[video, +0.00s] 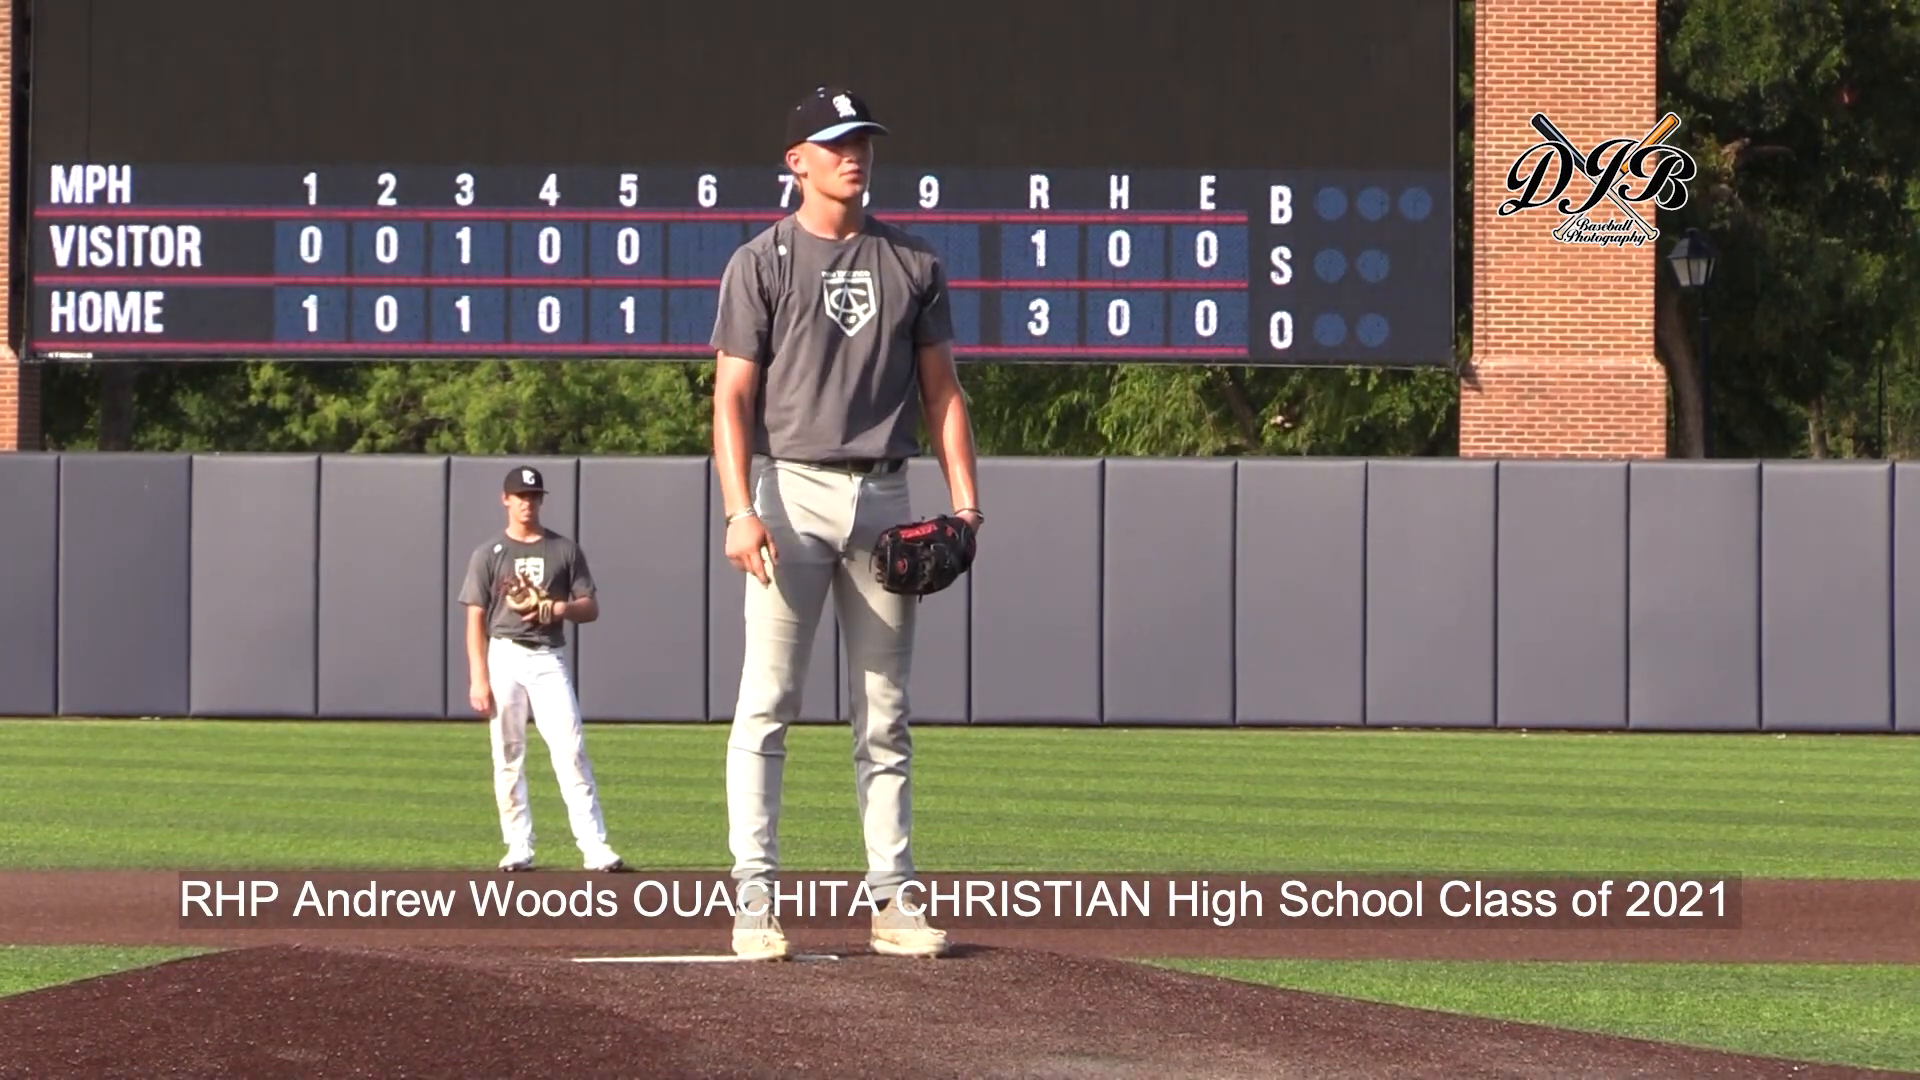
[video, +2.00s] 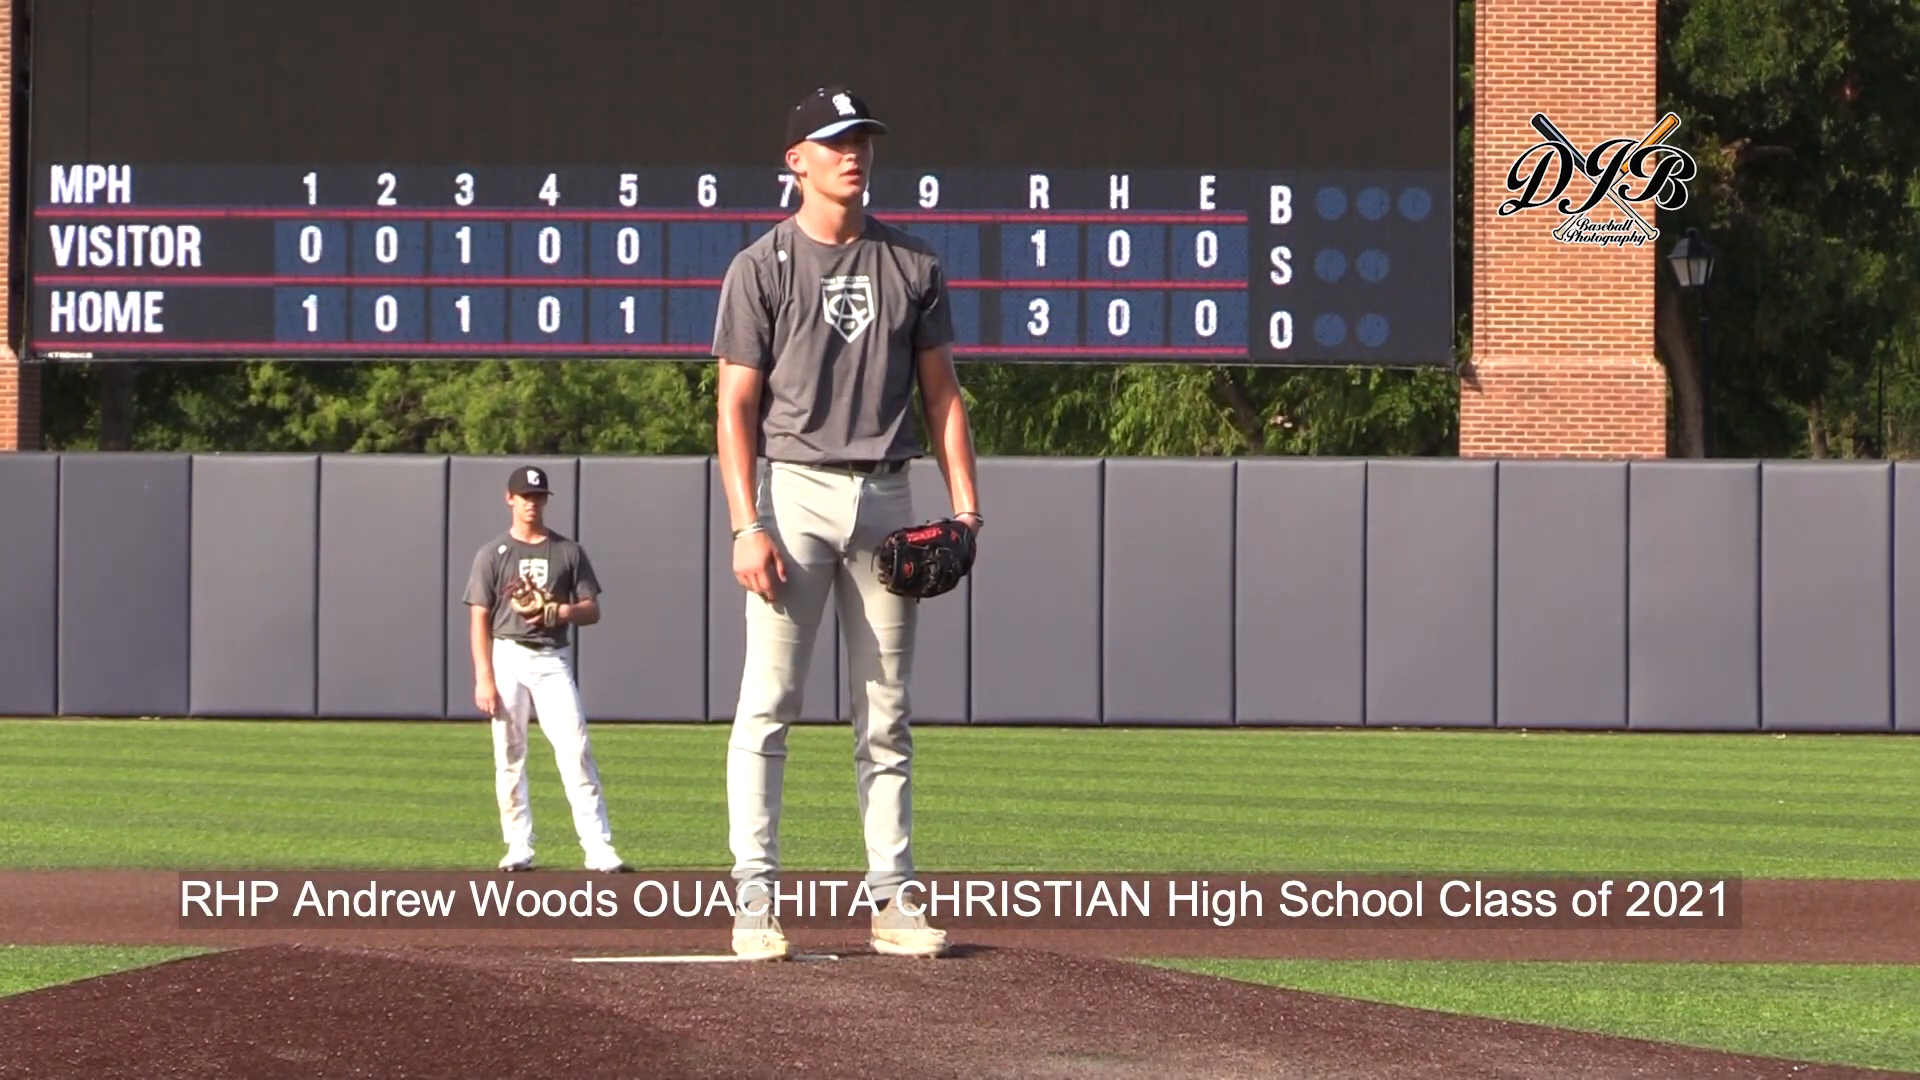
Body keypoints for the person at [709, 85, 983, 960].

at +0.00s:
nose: (854, 160)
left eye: (861, 146)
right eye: (837, 147)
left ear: (872, 158)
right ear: (799, 160)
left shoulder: (912, 266)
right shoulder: (759, 263)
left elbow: (944, 392)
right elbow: (730, 398)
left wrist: (965, 502)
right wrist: (740, 509)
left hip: (887, 498)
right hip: (790, 493)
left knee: (885, 712)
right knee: (767, 706)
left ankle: (893, 898)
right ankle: (756, 895)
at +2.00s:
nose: (852, 159)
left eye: (860, 145)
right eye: (835, 146)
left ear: (872, 158)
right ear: (798, 160)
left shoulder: (912, 267)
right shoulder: (759, 268)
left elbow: (944, 395)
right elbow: (733, 408)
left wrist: (965, 510)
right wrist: (745, 524)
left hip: (888, 497)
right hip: (792, 493)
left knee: (887, 712)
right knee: (769, 704)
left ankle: (893, 897)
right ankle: (755, 895)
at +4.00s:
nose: (911, 163)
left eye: (919, 149)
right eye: (894, 152)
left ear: (934, 159)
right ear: (861, 167)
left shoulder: (973, 251)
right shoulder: (840, 273)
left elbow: (994, 395)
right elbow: (834, 400)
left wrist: (904, 480)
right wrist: (824, 462)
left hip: (950, 502)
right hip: (862, 504)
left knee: (960, 706)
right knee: (829, 695)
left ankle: (970, 906)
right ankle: (836, 896)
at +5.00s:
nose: (901, 165)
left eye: (911, 150)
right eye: (884, 153)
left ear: (930, 160)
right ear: (857, 167)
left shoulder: (953, 244)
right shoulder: (858, 263)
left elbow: (932, 383)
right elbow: (846, 381)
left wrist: (817, 423)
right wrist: (784, 405)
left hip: (930, 486)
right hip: (867, 490)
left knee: (870, 686)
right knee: (851, 697)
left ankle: (940, 882)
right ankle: (880, 898)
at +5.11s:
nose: (895, 165)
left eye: (906, 150)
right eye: (879, 153)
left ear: (926, 160)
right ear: (853, 166)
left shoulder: (948, 243)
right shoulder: (865, 261)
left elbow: (914, 378)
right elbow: (849, 368)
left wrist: (796, 391)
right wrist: (780, 368)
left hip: (925, 479)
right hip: (873, 479)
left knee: (797, 630)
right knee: (868, 696)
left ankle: (872, 829)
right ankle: (874, 908)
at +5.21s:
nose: (889, 168)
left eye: (902, 153)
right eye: (873, 155)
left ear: (925, 162)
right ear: (851, 170)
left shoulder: (946, 242)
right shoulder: (869, 264)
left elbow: (893, 371)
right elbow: (853, 387)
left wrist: (778, 343)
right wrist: (779, 342)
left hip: (920, 475)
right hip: (885, 476)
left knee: (741, 557)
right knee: (863, 704)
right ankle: (882, 906)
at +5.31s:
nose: (886, 173)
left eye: (899, 157)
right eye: (870, 160)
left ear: (924, 166)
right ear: (850, 174)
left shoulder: (943, 242)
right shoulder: (875, 263)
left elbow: (871, 360)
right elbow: (839, 380)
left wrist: (773, 303)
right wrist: (778, 309)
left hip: (918, 473)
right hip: (894, 477)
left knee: (713, 481)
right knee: (864, 702)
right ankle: (879, 907)